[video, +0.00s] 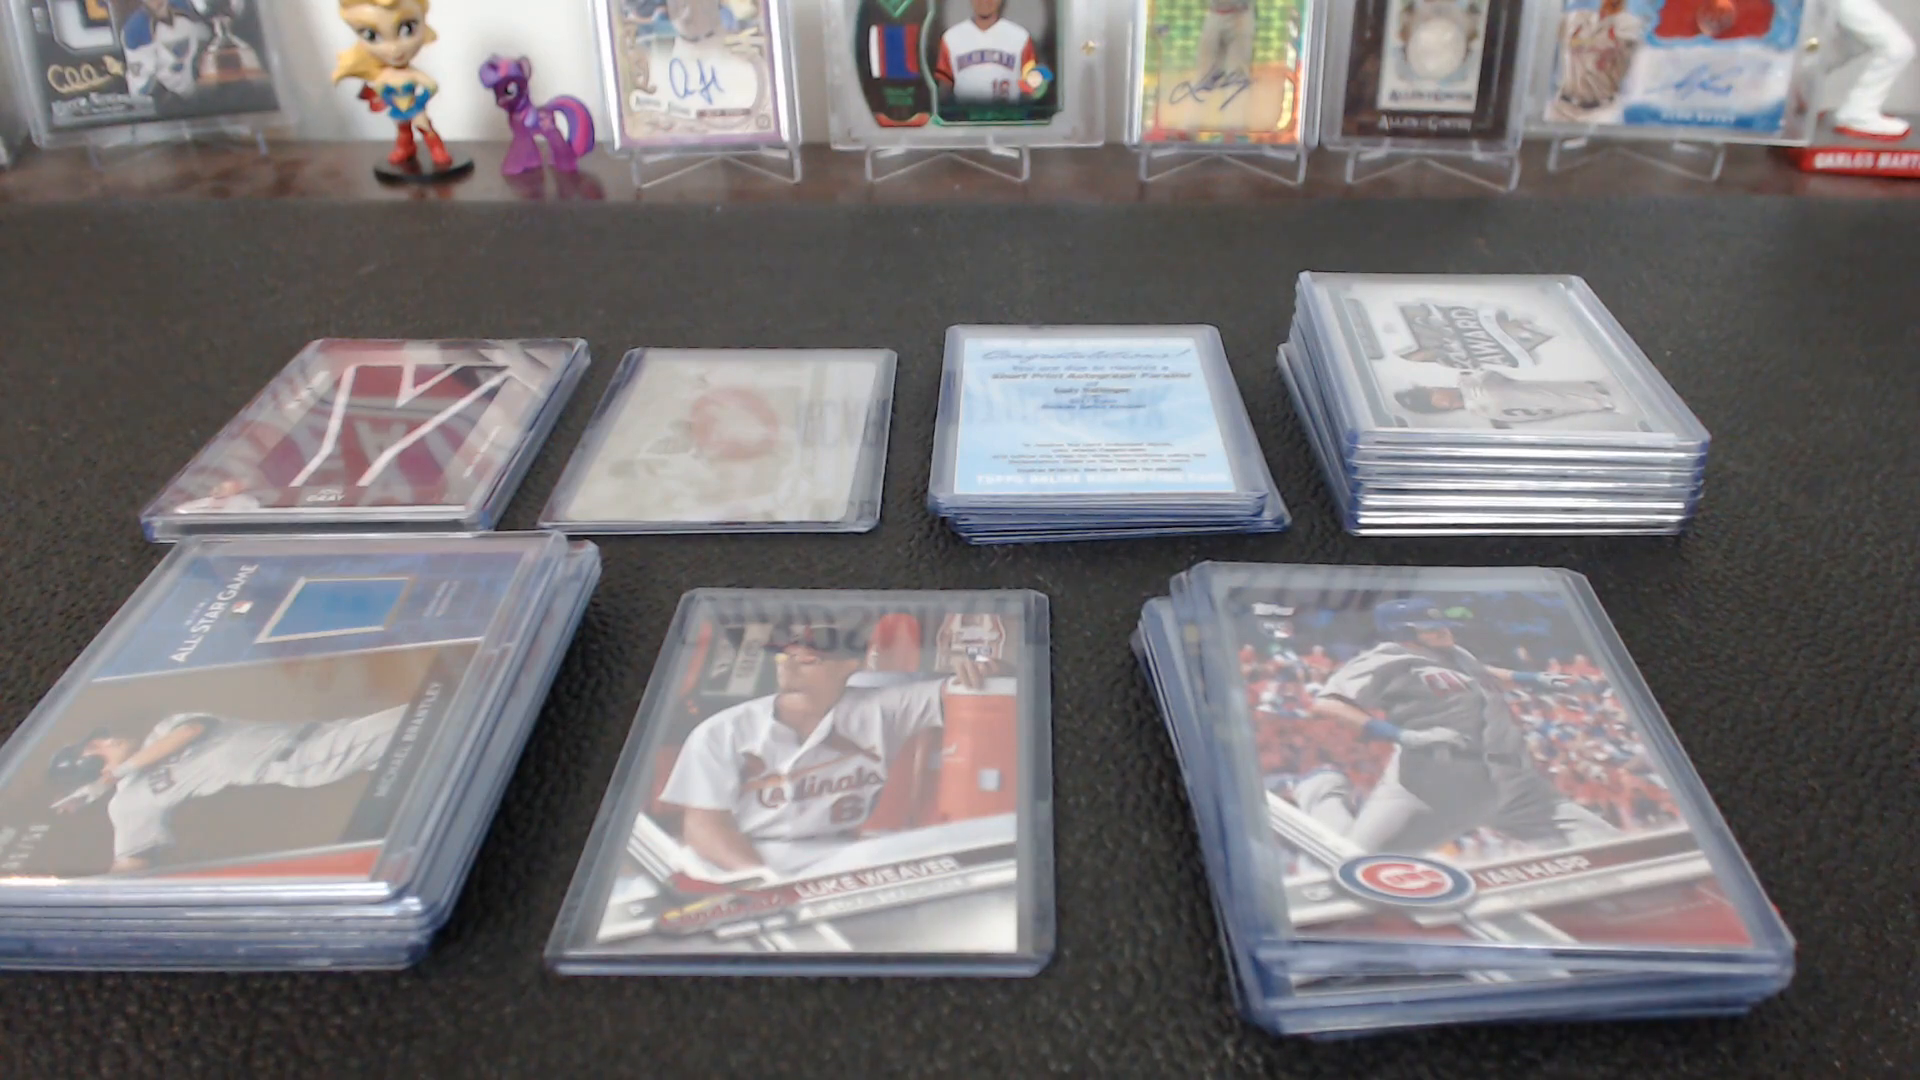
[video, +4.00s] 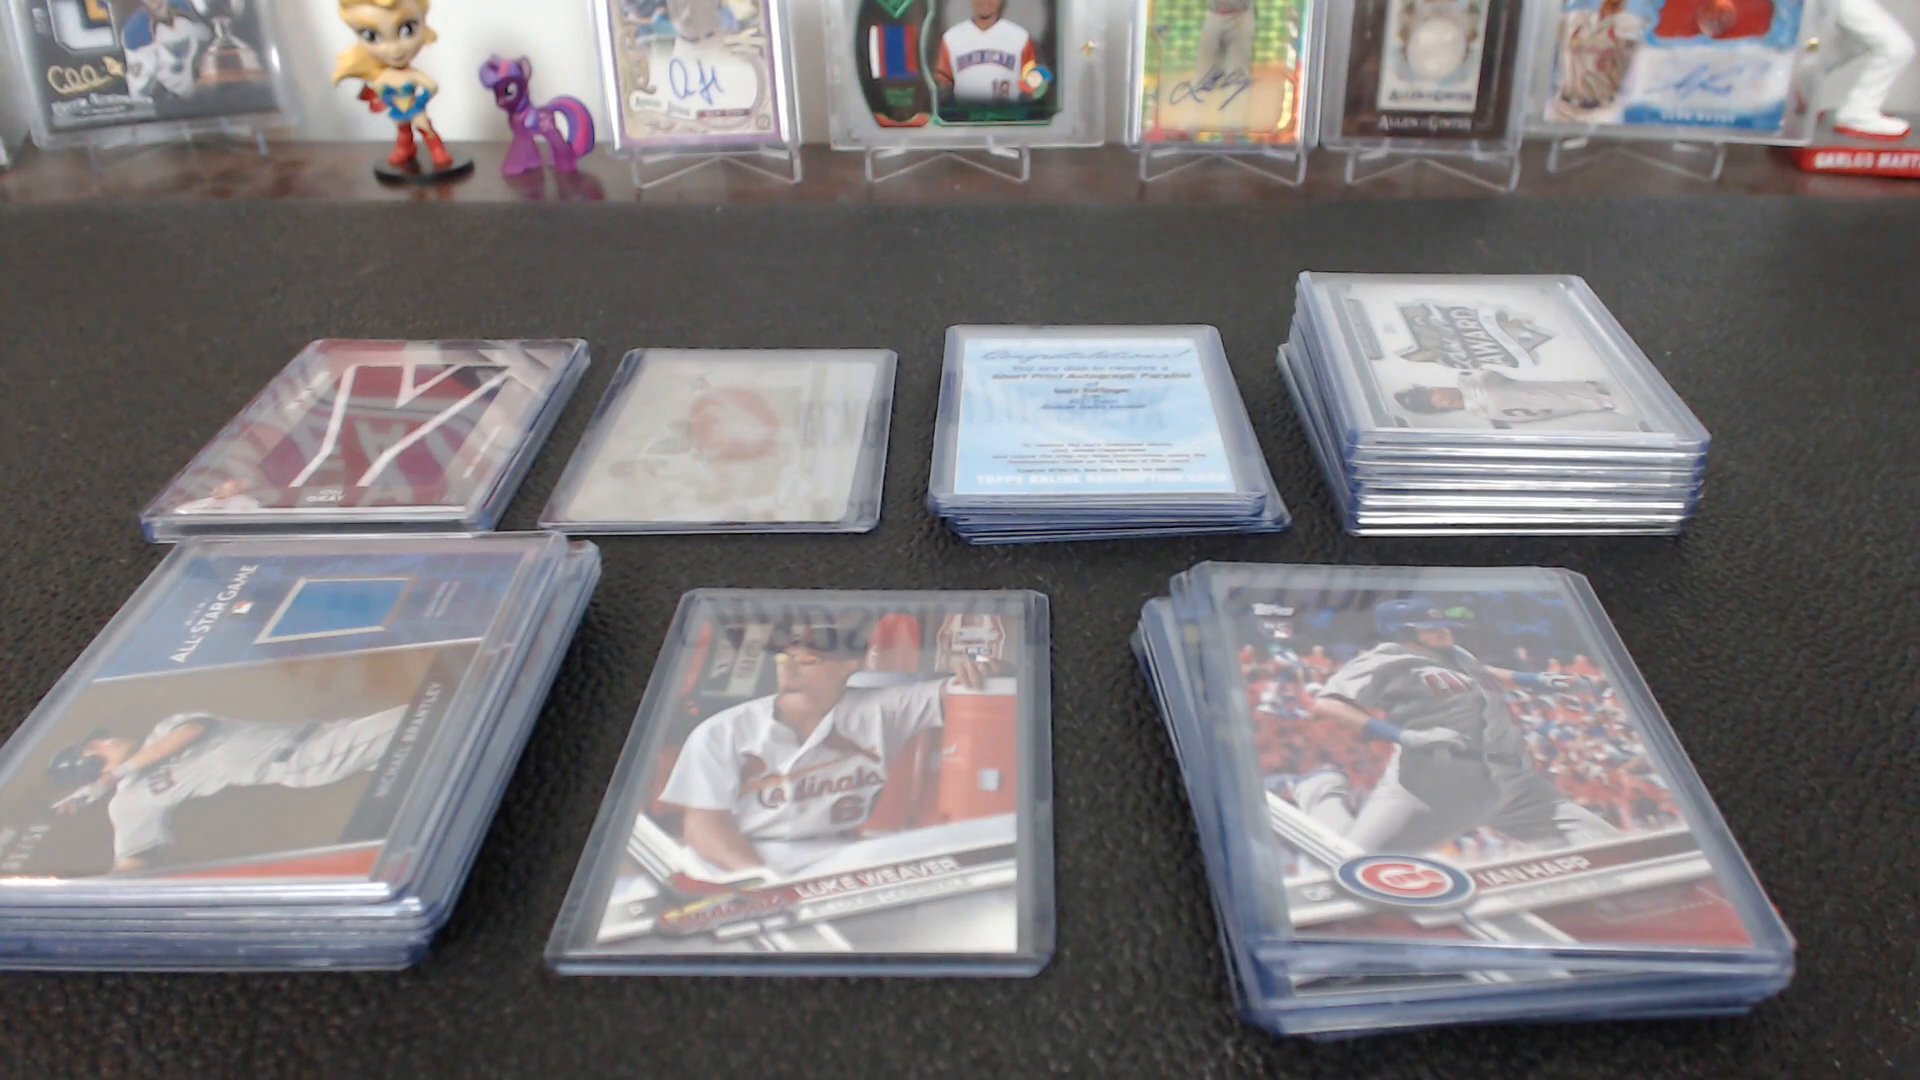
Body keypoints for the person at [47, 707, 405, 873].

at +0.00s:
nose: (109, 740)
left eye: (98, 740)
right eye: (99, 746)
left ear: (106, 742)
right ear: (100, 768)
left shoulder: (162, 727)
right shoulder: (131, 799)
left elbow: (193, 732)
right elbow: (130, 870)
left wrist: (116, 775)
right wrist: (80, 897)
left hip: (312, 731)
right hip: (299, 760)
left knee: (417, 719)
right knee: (414, 717)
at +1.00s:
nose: (109, 740)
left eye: (99, 739)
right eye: (99, 746)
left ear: (106, 742)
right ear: (100, 767)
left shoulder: (162, 727)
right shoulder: (131, 799)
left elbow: (193, 732)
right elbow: (129, 870)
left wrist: (118, 773)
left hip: (310, 731)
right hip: (298, 760)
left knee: (414, 721)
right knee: (412, 717)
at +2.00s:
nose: (110, 740)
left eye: (99, 739)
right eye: (100, 746)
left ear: (107, 742)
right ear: (100, 770)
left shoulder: (159, 727)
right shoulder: (131, 800)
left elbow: (192, 732)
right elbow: (130, 870)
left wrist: (115, 776)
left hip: (310, 732)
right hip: (298, 760)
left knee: (414, 721)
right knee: (412, 717)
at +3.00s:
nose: (109, 740)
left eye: (99, 739)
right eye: (99, 746)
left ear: (106, 744)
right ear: (99, 769)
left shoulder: (160, 729)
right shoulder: (131, 800)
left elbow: (193, 732)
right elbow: (130, 870)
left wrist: (116, 775)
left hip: (310, 732)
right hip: (298, 760)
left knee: (415, 720)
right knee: (413, 717)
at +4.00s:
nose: (111, 740)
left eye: (101, 739)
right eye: (101, 747)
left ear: (108, 742)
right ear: (100, 771)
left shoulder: (161, 729)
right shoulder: (131, 799)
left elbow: (193, 732)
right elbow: (129, 871)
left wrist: (119, 773)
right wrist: (82, 899)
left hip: (312, 733)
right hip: (299, 760)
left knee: (416, 722)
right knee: (414, 718)